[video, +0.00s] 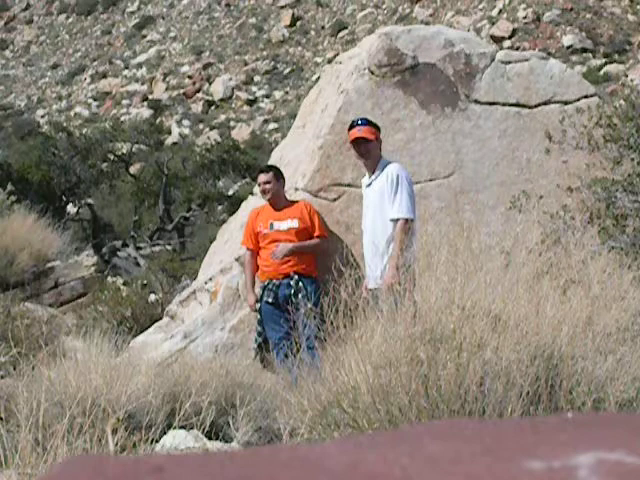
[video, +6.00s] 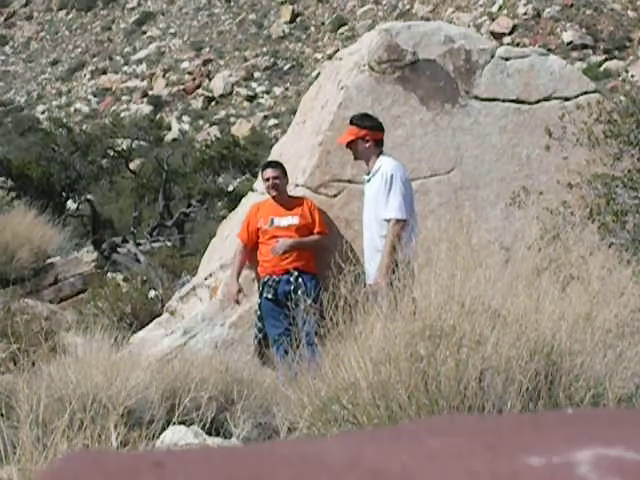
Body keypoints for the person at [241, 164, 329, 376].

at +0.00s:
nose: (263, 188)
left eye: (267, 183)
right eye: (259, 184)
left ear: (281, 183)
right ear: (258, 188)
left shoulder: (304, 209)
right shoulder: (256, 216)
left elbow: (323, 240)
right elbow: (250, 253)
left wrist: (293, 247)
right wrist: (250, 290)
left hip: (303, 282)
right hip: (271, 285)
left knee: (310, 339)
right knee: (280, 344)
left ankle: (316, 386)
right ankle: (292, 390)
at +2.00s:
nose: (269, 183)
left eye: (273, 178)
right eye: (264, 180)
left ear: (283, 178)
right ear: (261, 184)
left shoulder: (305, 205)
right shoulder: (257, 212)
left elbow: (325, 236)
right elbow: (250, 249)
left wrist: (294, 243)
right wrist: (249, 285)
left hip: (303, 277)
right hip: (271, 280)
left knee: (310, 335)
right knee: (279, 340)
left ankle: (316, 382)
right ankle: (290, 386)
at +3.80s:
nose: (268, 185)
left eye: (272, 180)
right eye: (263, 182)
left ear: (282, 179)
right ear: (260, 186)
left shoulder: (305, 205)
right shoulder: (257, 211)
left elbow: (324, 236)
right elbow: (246, 245)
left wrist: (293, 244)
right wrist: (225, 268)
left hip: (303, 278)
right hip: (271, 281)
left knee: (310, 334)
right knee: (278, 339)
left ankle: (315, 381)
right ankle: (291, 385)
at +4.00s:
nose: (267, 185)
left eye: (271, 180)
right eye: (263, 182)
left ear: (282, 180)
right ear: (260, 186)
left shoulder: (304, 204)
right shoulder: (257, 210)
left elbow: (323, 236)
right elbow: (234, 238)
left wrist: (293, 243)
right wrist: (205, 241)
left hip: (302, 277)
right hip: (271, 280)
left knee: (310, 333)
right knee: (278, 339)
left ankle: (316, 380)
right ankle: (292, 385)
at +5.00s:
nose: (270, 185)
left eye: (274, 180)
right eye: (265, 182)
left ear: (284, 180)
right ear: (261, 186)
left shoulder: (304, 205)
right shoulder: (256, 211)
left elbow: (323, 237)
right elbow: (239, 244)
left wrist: (293, 243)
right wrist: (223, 273)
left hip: (303, 277)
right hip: (271, 280)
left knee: (310, 332)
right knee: (279, 338)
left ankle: (315, 379)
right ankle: (290, 382)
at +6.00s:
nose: (272, 183)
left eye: (276, 178)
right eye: (267, 179)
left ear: (286, 179)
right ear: (263, 184)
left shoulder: (306, 205)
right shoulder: (257, 211)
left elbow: (323, 237)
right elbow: (243, 246)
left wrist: (293, 243)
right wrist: (234, 279)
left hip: (303, 276)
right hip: (271, 280)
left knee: (309, 334)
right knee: (279, 339)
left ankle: (315, 381)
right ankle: (290, 383)